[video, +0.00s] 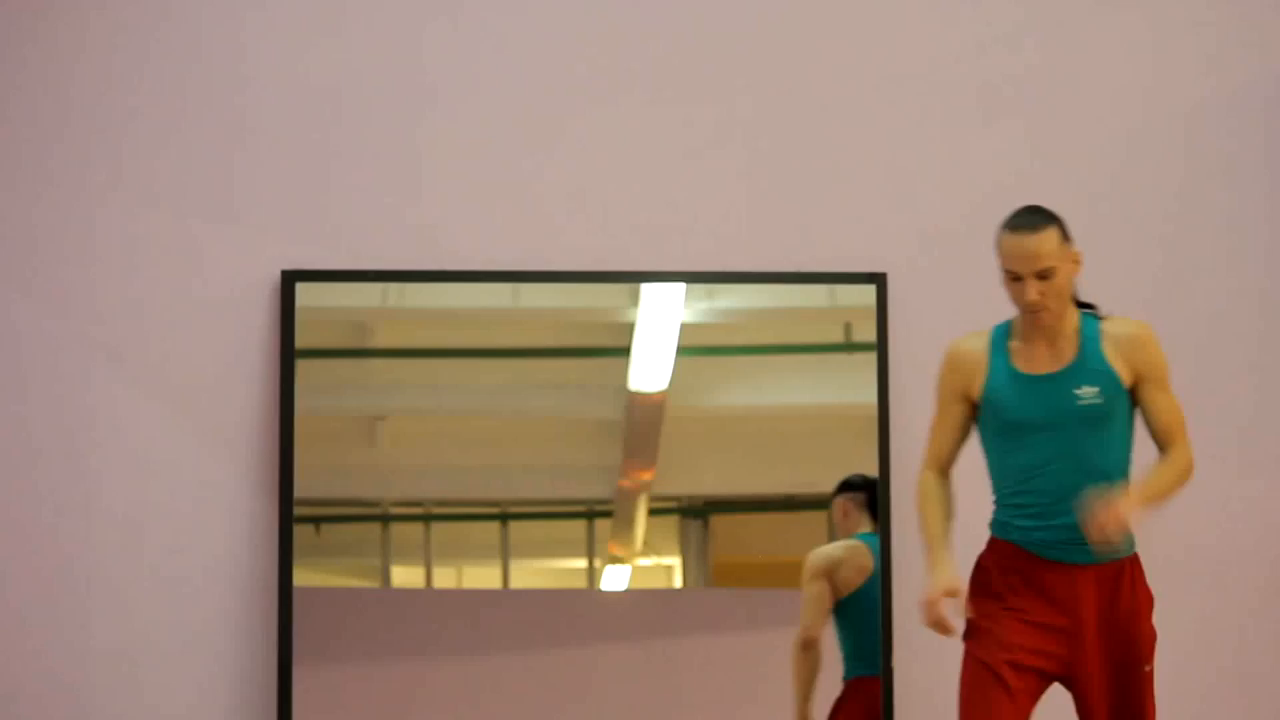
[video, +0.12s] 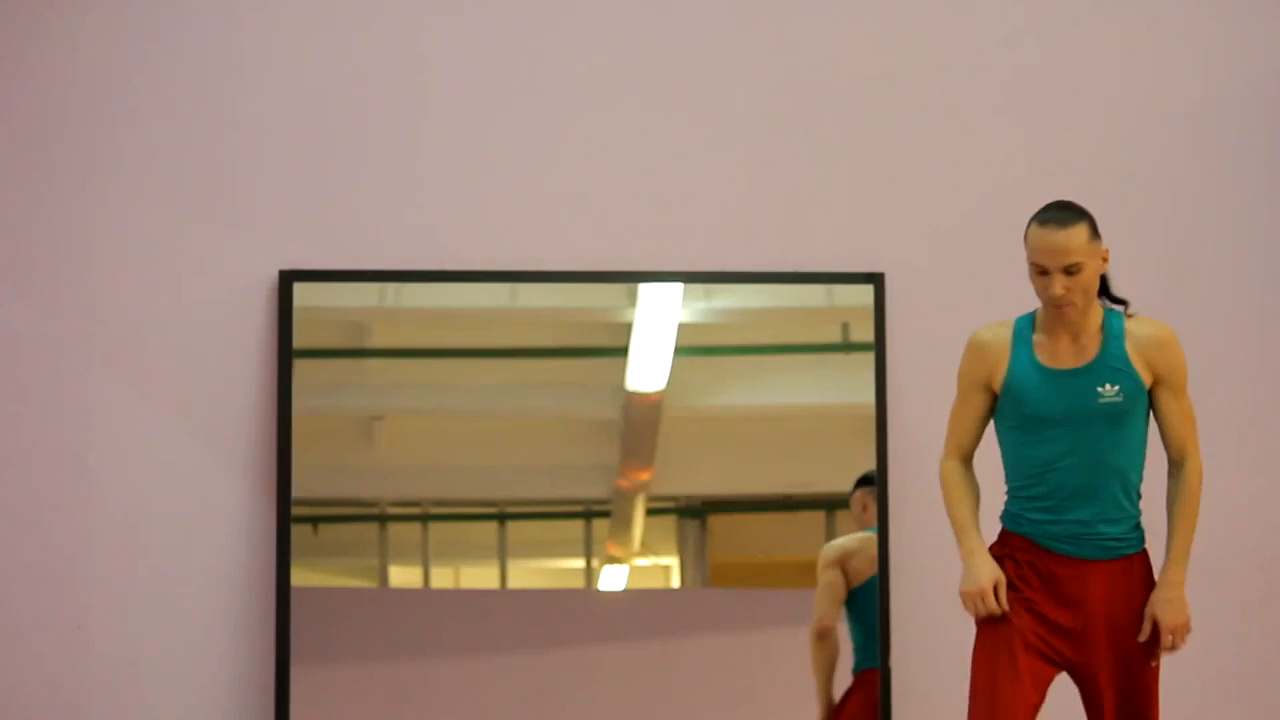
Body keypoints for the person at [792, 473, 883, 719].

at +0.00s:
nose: (834, 521)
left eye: (833, 513)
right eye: (832, 514)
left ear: (844, 508)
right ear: (878, 510)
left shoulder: (829, 558)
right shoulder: (907, 549)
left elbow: (809, 638)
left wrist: (803, 710)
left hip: (866, 697)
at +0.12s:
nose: (853, 514)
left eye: (853, 505)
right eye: (852, 506)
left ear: (864, 502)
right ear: (894, 499)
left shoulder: (842, 550)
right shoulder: (922, 543)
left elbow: (824, 628)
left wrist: (826, 703)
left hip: (875, 688)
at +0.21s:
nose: (851, 516)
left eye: (851, 508)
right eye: (850, 509)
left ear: (863, 503)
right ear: (893, 500)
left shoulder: (841, 551)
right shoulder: (924, 544)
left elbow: (816, 626)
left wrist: (814, 702)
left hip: (875, 690)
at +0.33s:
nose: (838, 518)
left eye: (839, 508)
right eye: (838, 509)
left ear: (852, 506)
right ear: (884, 507)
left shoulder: (830, 559)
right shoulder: (919, 549)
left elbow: (792, 634)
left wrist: (802, 708)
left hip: (870, 692)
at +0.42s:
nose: (834, 517)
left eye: (835, 508)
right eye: (833, 509)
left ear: (848, 505)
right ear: (880, 507)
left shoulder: (825, 560)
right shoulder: (912, 550)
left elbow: (784, 638)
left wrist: (790, 705)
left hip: (867, 690)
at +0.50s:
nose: (833, 513)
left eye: (834, 504)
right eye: (833, 505)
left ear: (848, 500)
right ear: (881, 502)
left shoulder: (824, 558)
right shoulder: (912, 548)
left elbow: (779, 640)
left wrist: (776, 690)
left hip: (868, 690)